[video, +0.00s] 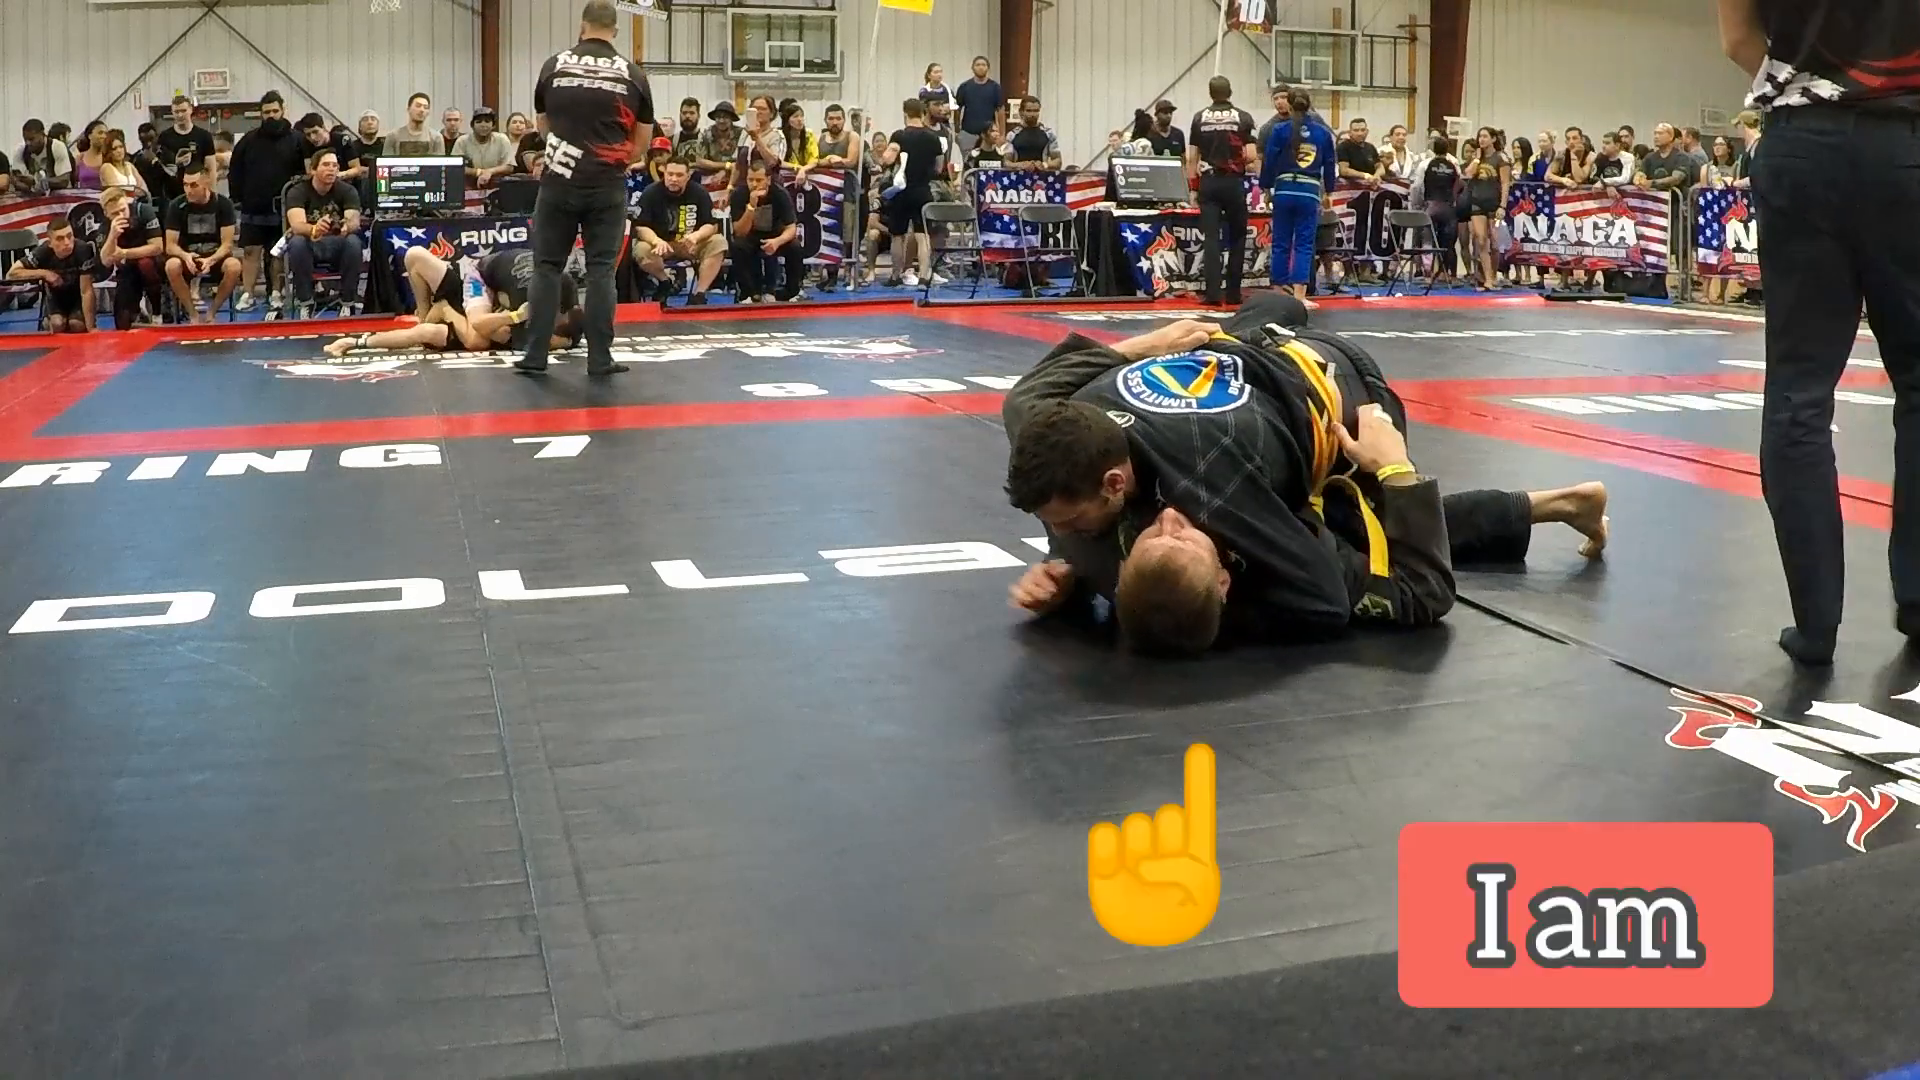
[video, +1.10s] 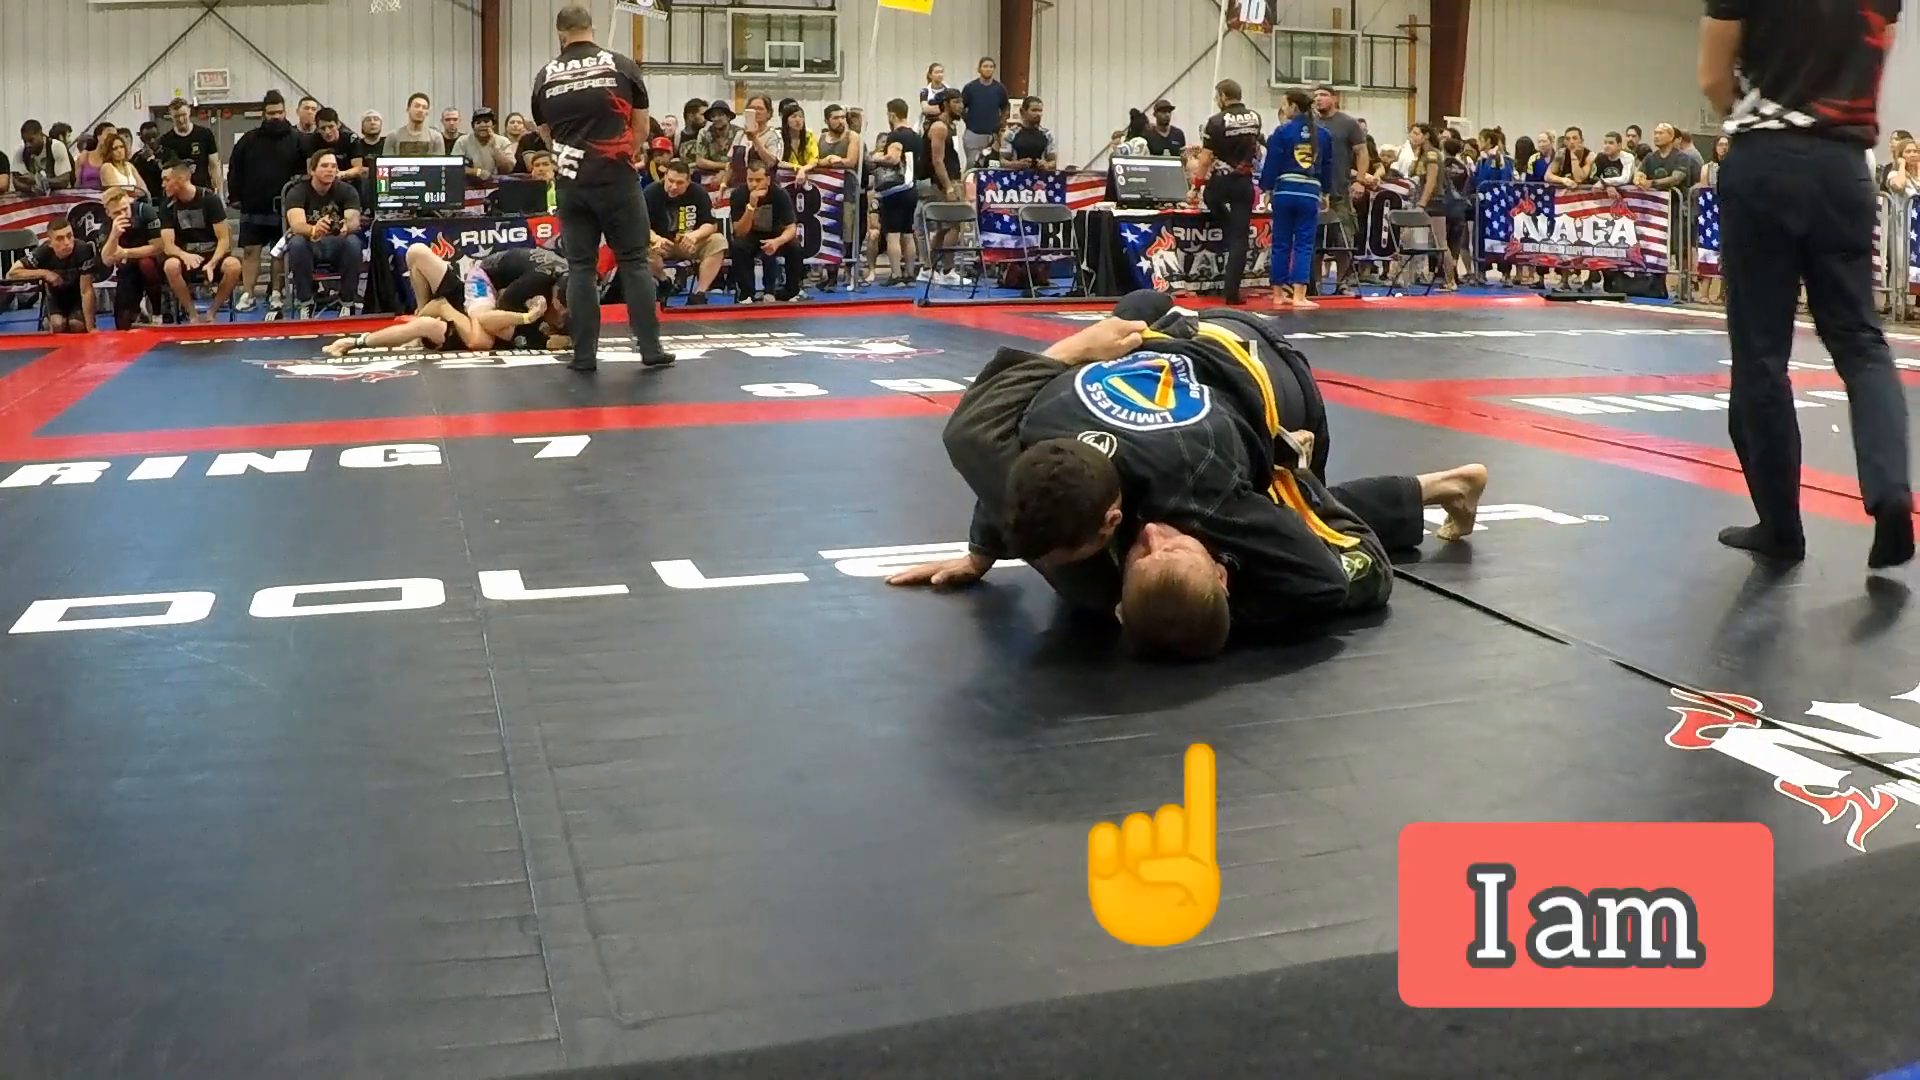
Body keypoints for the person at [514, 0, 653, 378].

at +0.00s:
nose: (586, 34)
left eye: (583, 27)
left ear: (582, 27)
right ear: (614, 30)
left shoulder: (554, 64)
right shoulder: (634, 74)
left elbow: (544, 123)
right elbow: (641, 144)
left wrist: (581, 140)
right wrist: (612, 163)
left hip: (559, 182)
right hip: (608, 183)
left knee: (547, 264)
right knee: (602, 268)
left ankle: (535, 355)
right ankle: (599, 359)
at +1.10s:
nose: (567, 40)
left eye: (562, 36)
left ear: (560, 35)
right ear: (592, 29)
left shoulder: (545, 75)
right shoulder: (622, 65)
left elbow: (548, 135)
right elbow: (640, 130)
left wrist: (579, 154)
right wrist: (628, 157)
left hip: (570, 184)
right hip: (616, 179)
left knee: (580, 266)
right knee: (634, 260)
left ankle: (584, 357)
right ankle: (650, 350)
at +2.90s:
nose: (598, 40)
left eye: (597, 36)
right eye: (602, 35)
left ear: (599, 34)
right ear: (632, 30)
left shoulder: (583, 75)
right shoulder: (663, 68)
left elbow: (582, 144)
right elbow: (677, 137)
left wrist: (615, 161)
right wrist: (657, 164)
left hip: (611, 184)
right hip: (659, 181)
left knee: (623, 268)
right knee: (669, 262)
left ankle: (630, 358)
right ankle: (685, 351)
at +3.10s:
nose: (602, 39)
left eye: (602, 35)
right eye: (604, 35)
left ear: (606, 32)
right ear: (639, 31)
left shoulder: (590, 73)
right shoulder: (668, 68)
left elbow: (585, 138)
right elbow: (680, 130)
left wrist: (610, 163)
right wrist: (665, 162)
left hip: (614, 184)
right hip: (662, 181)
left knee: (625, 268)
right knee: (670, 264)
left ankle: (630, 358)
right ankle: (685, 353)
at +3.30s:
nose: (610, 38)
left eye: (609, 33)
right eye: (610, 33)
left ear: (615, 30)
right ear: (645, 27)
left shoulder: (597, 73)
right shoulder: (676, 68)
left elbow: (594, 138)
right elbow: (688, 129)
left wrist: (617, 164)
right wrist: (669, 159)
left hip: (620, 183)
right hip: (669, 180)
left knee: (629, 267)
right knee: (674, 263)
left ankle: (631, 358)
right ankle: (686, 355)